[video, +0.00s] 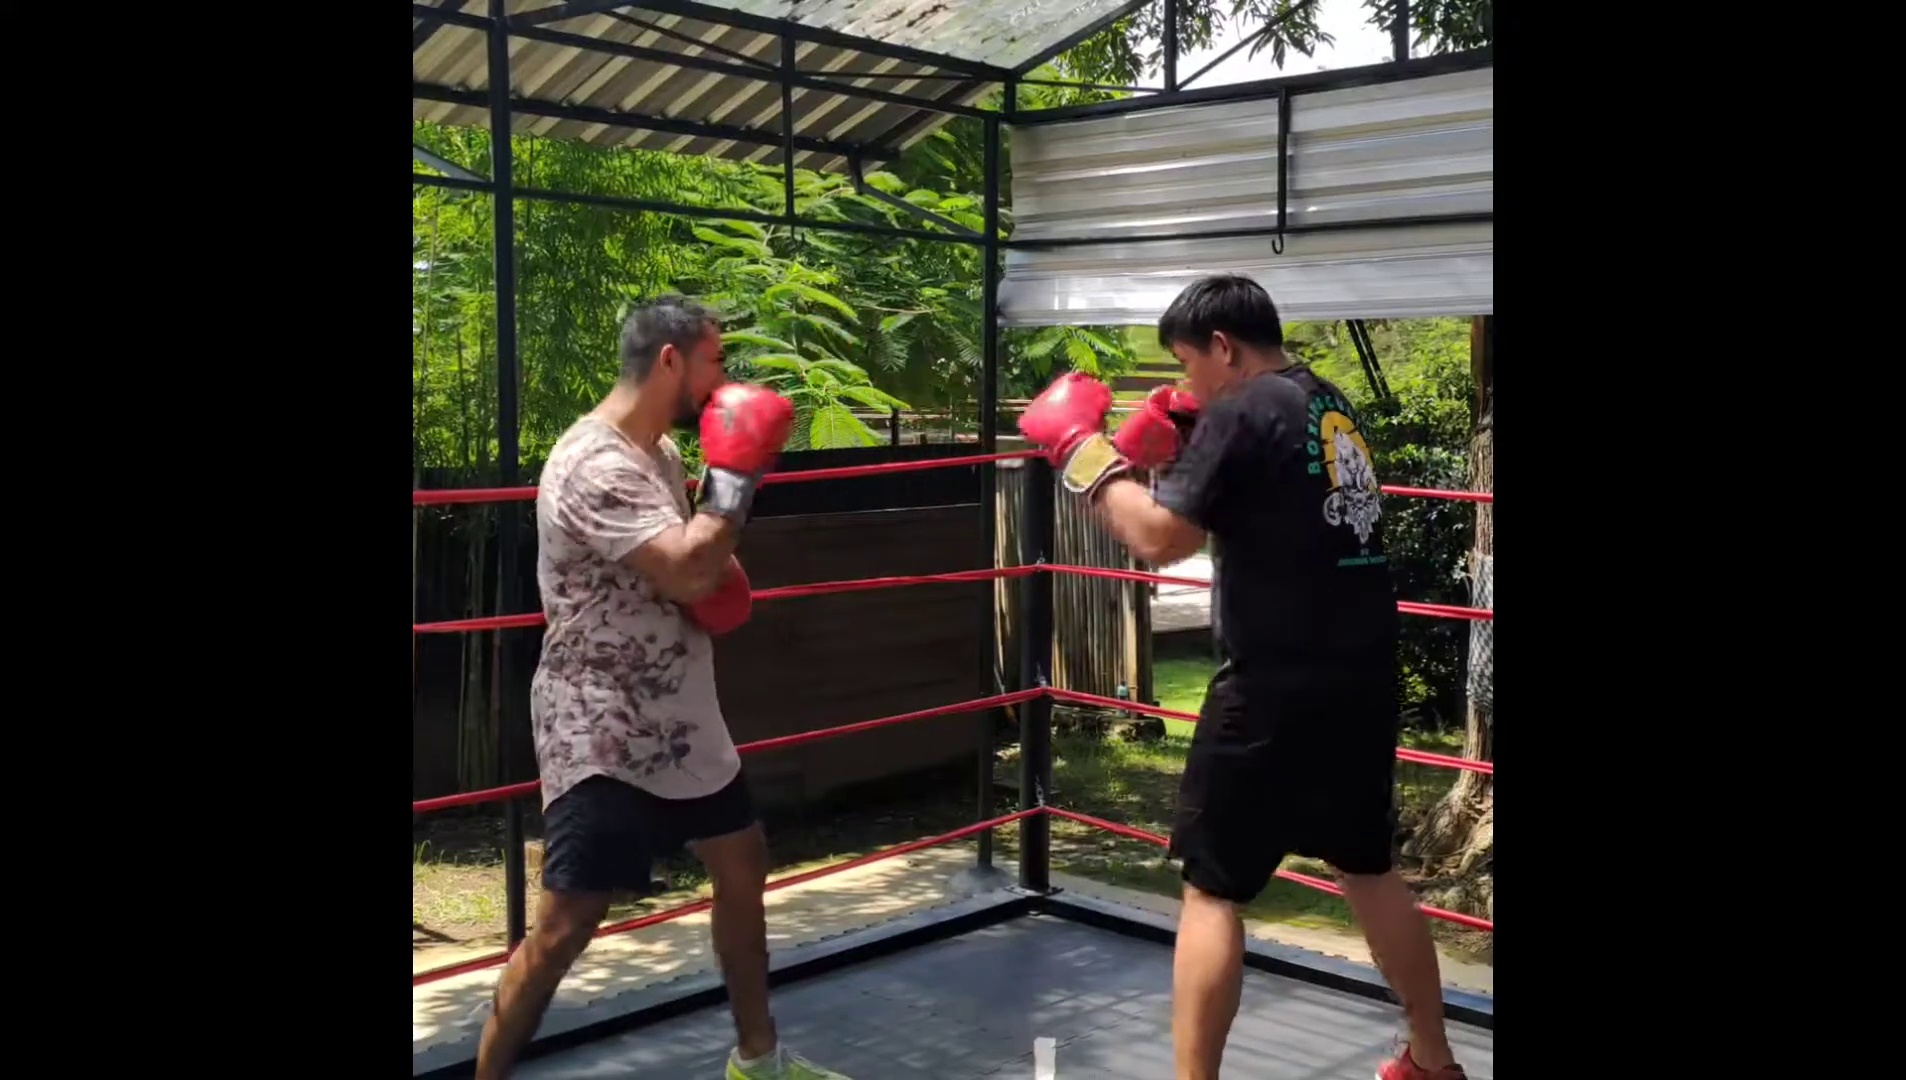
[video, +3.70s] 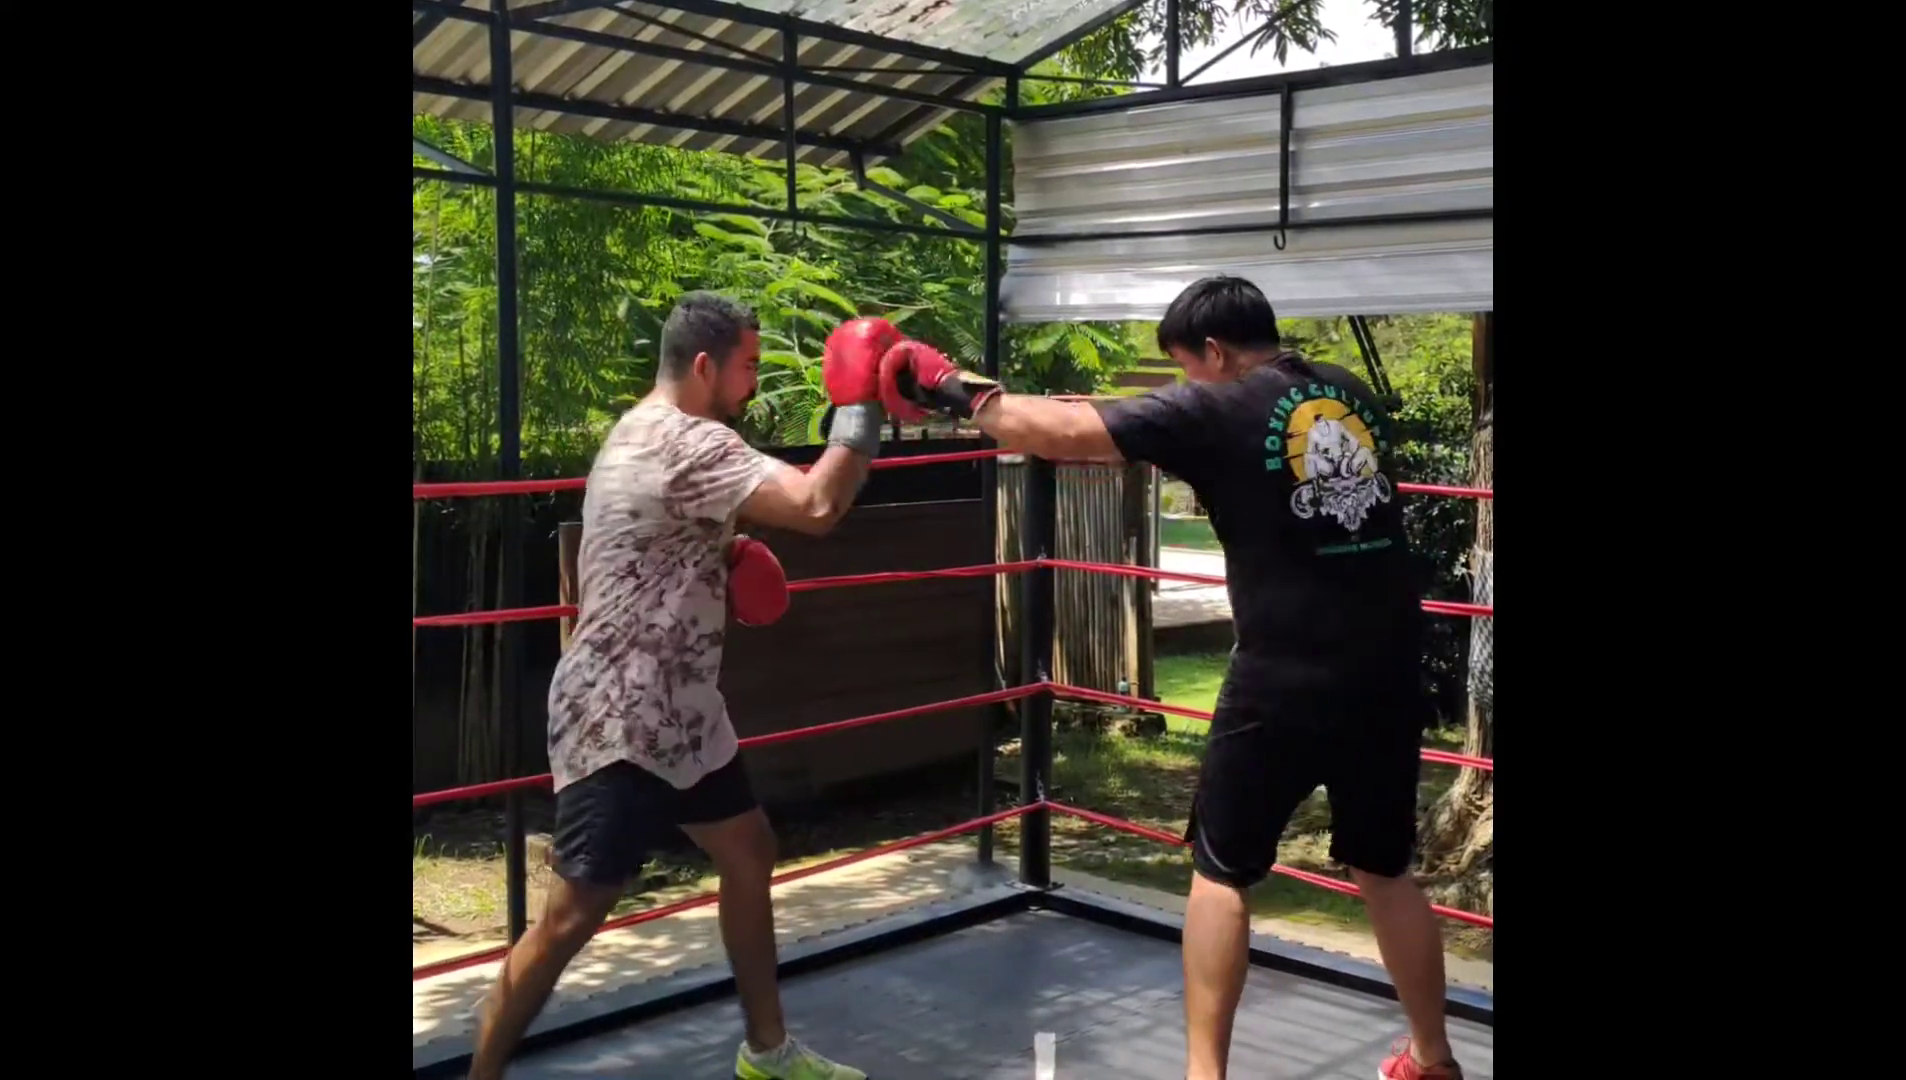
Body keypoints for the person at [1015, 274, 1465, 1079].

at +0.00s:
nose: (1183, 386)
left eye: (1182, 367)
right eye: (1175, 371)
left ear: (1224, 347)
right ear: (1265, 343)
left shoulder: (1242, 414)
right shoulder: (1328, 402)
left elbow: (1157, 537)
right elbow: (1274, 516)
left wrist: (1087, 461)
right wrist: (1184, 456)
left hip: (1269, 687)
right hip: (1360, 683)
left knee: (1213, 889)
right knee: (1370, 869)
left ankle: (1195, 1072)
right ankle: (1434, 1056)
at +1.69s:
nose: (1186, 387)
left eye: (1186, 370)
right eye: (1180, 373)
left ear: (1225, 353)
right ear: (1273, 345)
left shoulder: (1234, 413)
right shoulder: (1348, 396)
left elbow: (1091, 453)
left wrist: (994, 412)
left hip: (1286, 675)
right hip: (1390, 674)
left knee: (1218, 869)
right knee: (1391, 870)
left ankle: (1205, 1068)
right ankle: (1435, 1060)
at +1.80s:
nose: (1187, 384)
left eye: (1187, 368)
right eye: (1182, 371)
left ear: (1221, 351)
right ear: (1274, 341)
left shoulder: (1220, 407)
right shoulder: (1356, 393)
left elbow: (1074, 413)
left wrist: (964, 380)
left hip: (1275, 686)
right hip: (1383, 682)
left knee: (1216, 878)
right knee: (1393, 871)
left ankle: (1205, 1069)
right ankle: (1436, 1056)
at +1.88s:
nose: (1197, 376)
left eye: (1197, 362)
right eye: (1192, 365)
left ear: (1228, 348)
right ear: (1283, 340)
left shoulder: (1230, 399)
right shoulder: (1360, 392)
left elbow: (1085, 428)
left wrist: (965, 392)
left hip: (1274, 687)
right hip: (1382, 682)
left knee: (1216, 879)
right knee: (1391, 869)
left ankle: (1206, 1069)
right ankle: (1435, 1056)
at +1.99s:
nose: (1212, 380)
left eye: (1212, 362)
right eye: (1208, 364)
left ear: (1250, 344)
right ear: (1288, 342)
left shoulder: (1266, 407)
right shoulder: (1359, 395)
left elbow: (1167, 510)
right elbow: (1298, 491)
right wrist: (1219, 435)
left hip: (1289, 681)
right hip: (1385, 677)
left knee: (1230, 874)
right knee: (1385, 866)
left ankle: (1219, 1070)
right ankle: (1433, 1059)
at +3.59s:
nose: (1193, 387)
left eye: (1191, 367)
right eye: (1187, 371)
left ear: (1230, 350)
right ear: (1274, 342)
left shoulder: (1254, 416)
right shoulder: (1346, 397)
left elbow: (1168, 512)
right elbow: (1290, 490)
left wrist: (1094, 453)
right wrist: (1203, 446)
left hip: (1281, 685)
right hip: (1385, 681)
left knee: (1218, 872)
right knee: (1387, 870)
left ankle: (1204, 1070)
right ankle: (1432, 1059)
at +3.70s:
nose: (1184, 380)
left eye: (1183, 365)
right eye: (1178, 367)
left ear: (1217, 351)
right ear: (1270, 340)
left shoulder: (1214, 409)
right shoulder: (1345, 393)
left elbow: (1064, 433)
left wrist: (952, 389)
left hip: (1281, 678)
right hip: (1386, 678)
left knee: (1222, 871)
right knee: (1389, 867)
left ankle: (1206, 1068)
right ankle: (1434, 1054)